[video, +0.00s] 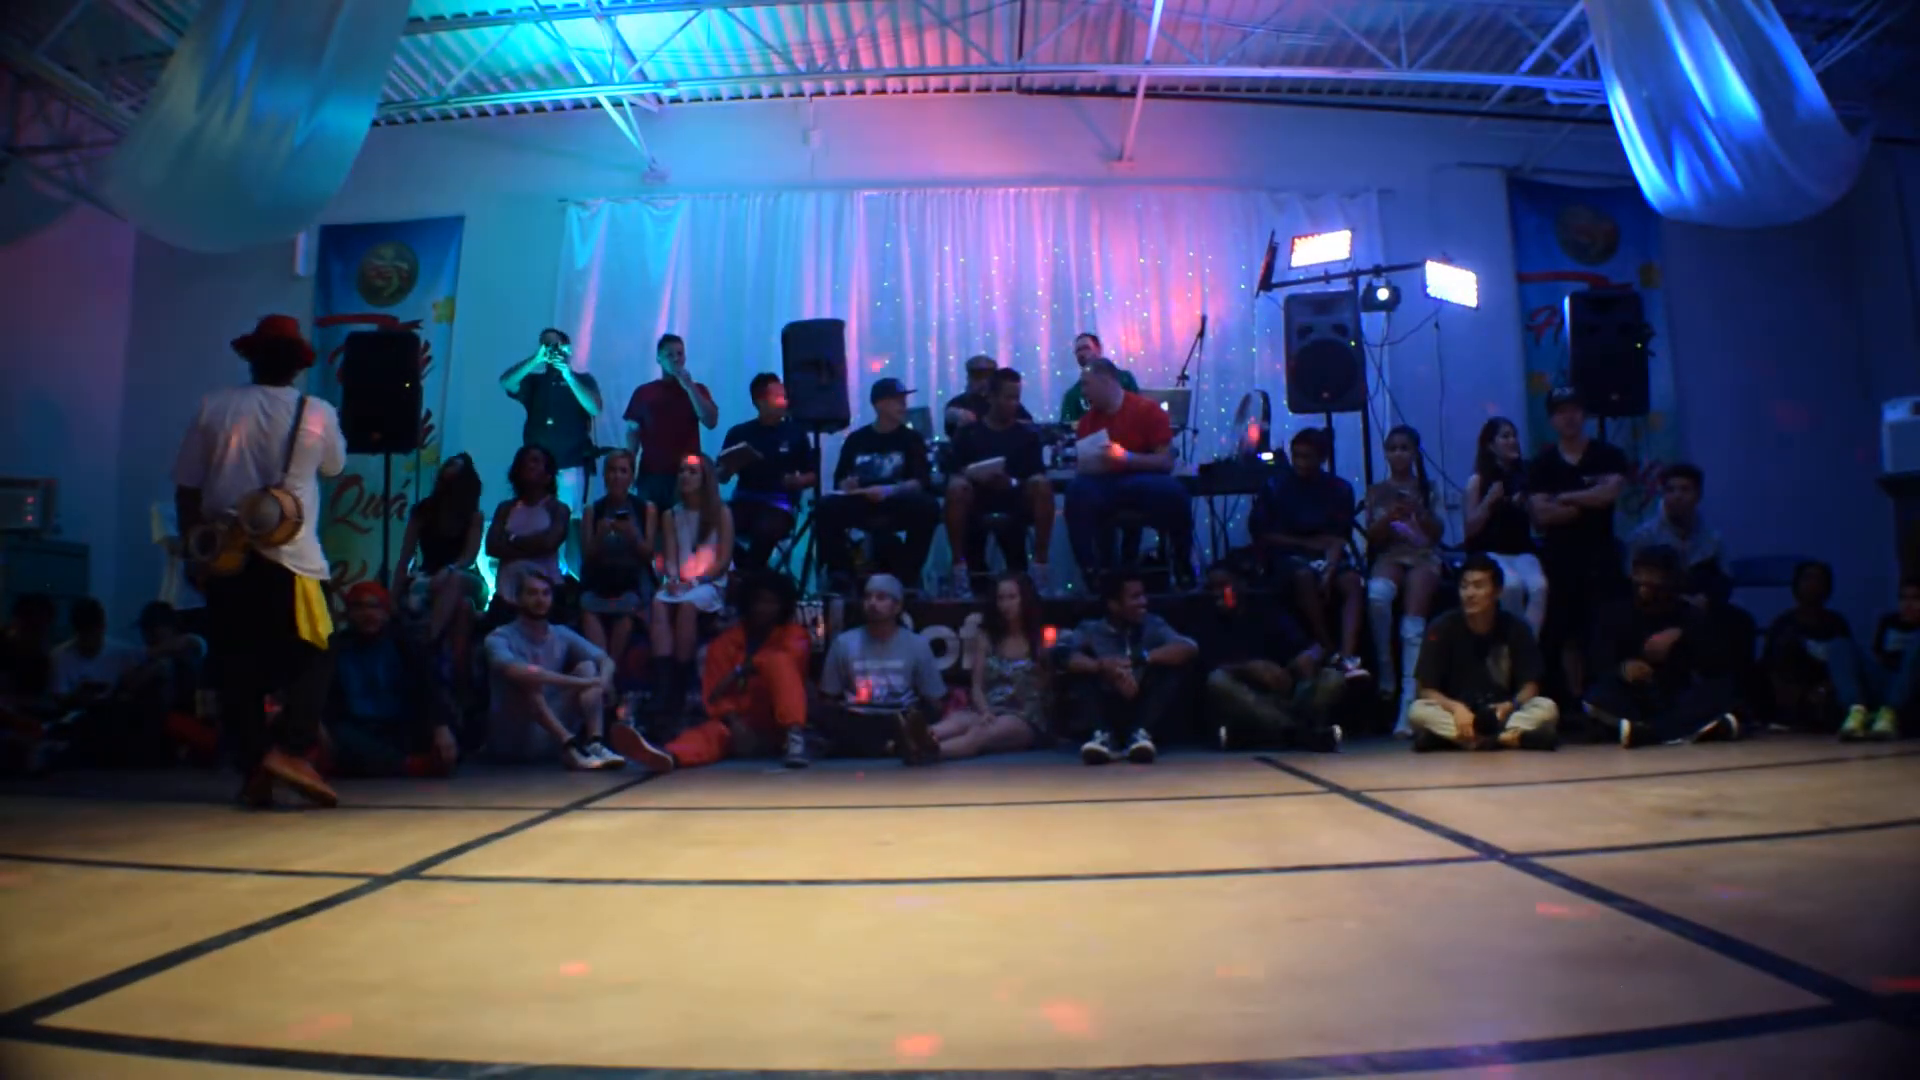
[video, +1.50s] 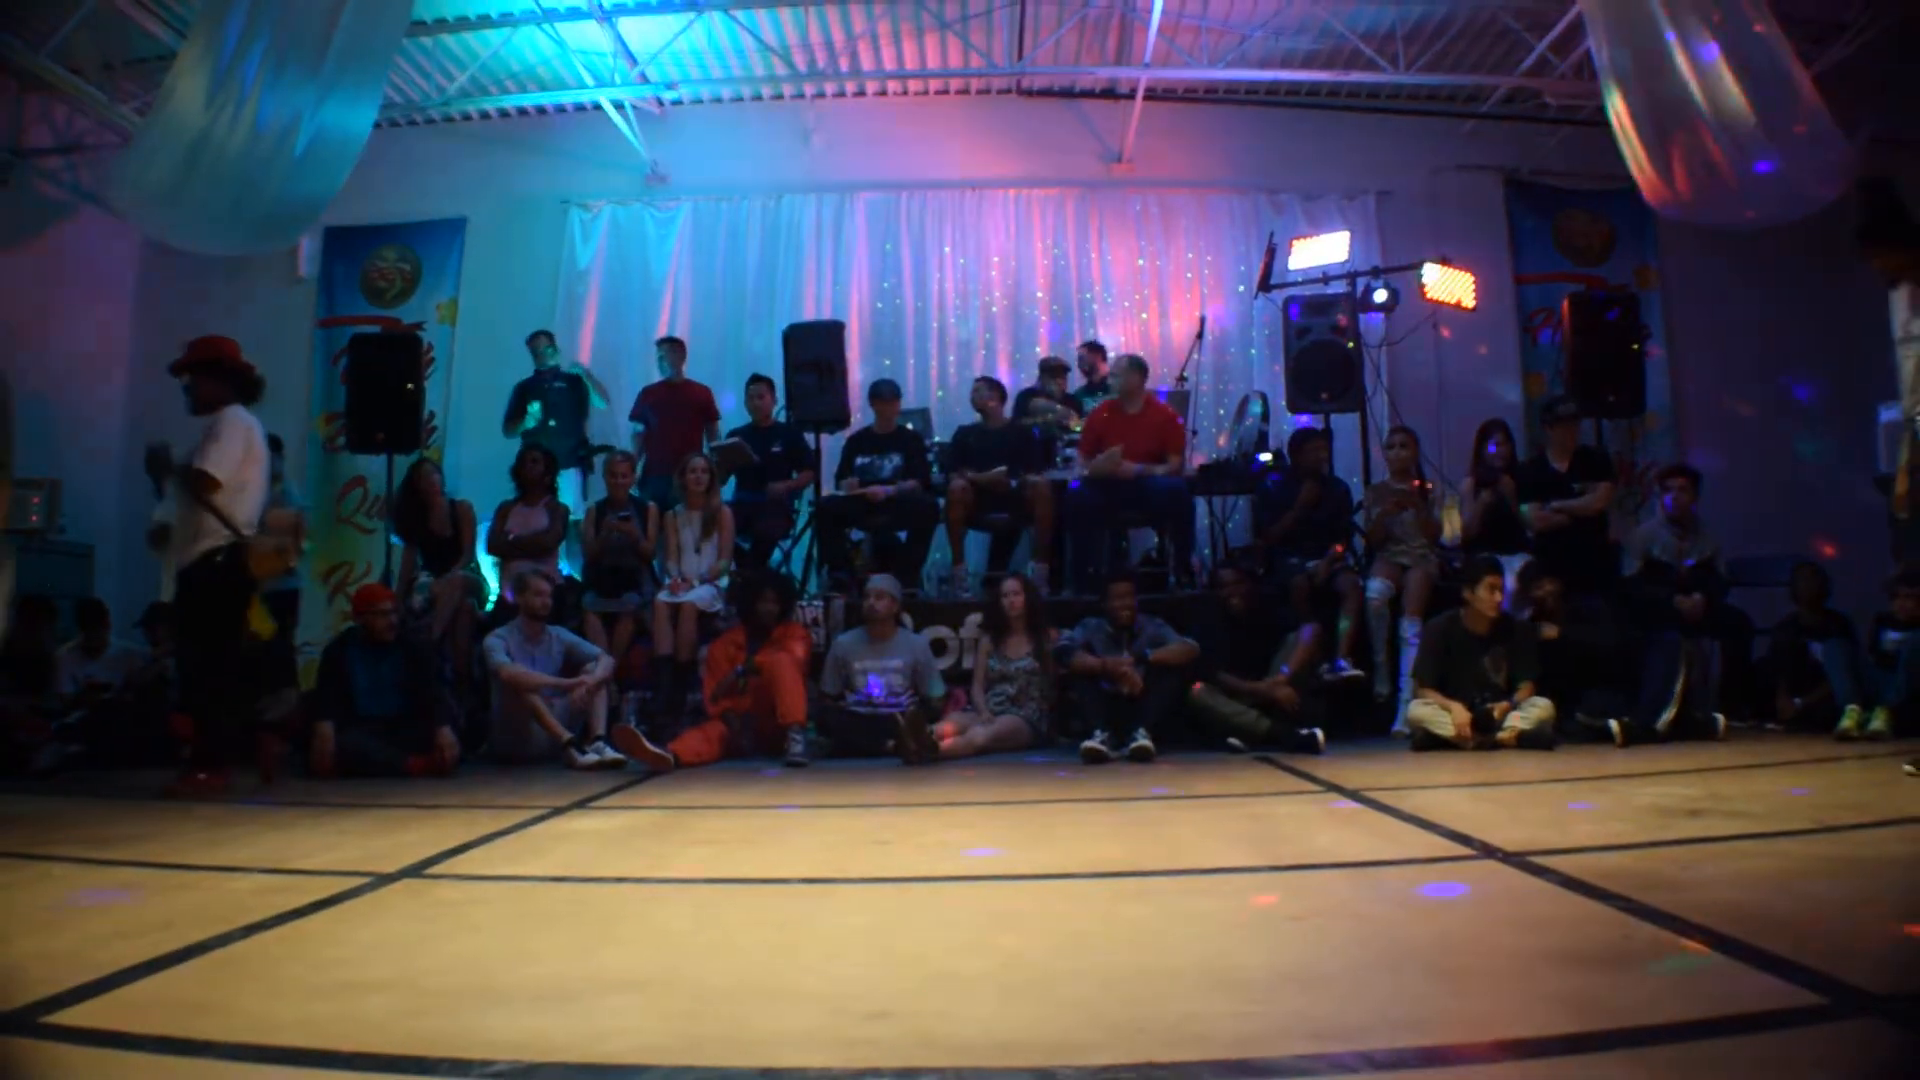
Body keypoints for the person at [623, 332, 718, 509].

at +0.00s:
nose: (676, 359)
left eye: (679, 354)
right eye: (669, 355)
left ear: (684, 356)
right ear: (659, 359)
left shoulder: (697, 390)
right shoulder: (644, 393)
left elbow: (710, 421)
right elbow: (632, 434)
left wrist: (689, 387)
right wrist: (628, 473)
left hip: (687, 476)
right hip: (652, 474)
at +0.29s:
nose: (678, 359)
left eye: (681, 354)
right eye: (671, 355)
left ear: (685, 356)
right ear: (660, 359)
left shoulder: (697, 390)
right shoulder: (645, 392)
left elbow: (711, 420)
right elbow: (633, 435)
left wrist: (689, 386)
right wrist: (628, 476)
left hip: (687, 476)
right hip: (652, 473)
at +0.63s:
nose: (679, 359)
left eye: (682, 354)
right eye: (673, 355)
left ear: (686, 357)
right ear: (661, 358)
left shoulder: (698, 391)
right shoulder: (644, 393)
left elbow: (712, 425)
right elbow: (633, 435)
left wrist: (689, 397)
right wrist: (628, 474)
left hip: (688, 477)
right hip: (653, 475)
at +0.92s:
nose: (659, 361)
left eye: (664, 355)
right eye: (656, 356)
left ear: (680, 356)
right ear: (654, 360)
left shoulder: (699, 393)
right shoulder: (644, 393)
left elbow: (711, 433)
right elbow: (634, 433)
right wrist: (628, 469)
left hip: (686, 476)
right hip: (652, 473)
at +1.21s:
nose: (656, 361)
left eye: (661, 355)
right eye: (655, 356)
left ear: (679, 356)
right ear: (653, 360)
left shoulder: (699, 393)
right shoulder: (645, 392)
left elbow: (711, 435)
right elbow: (634, 434)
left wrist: (715, 473)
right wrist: (628, 471)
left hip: (687, 478)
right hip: (651, 475)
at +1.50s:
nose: (661, 361)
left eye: (665, 356)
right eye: (659, 357)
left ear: (681, 357)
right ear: (657, 361)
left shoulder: (701, 393)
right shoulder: (648, 394)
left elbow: (713, 434)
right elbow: (638, 435)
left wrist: (717, 471)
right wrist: (631, 470)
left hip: (690, 477)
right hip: (655, 475)